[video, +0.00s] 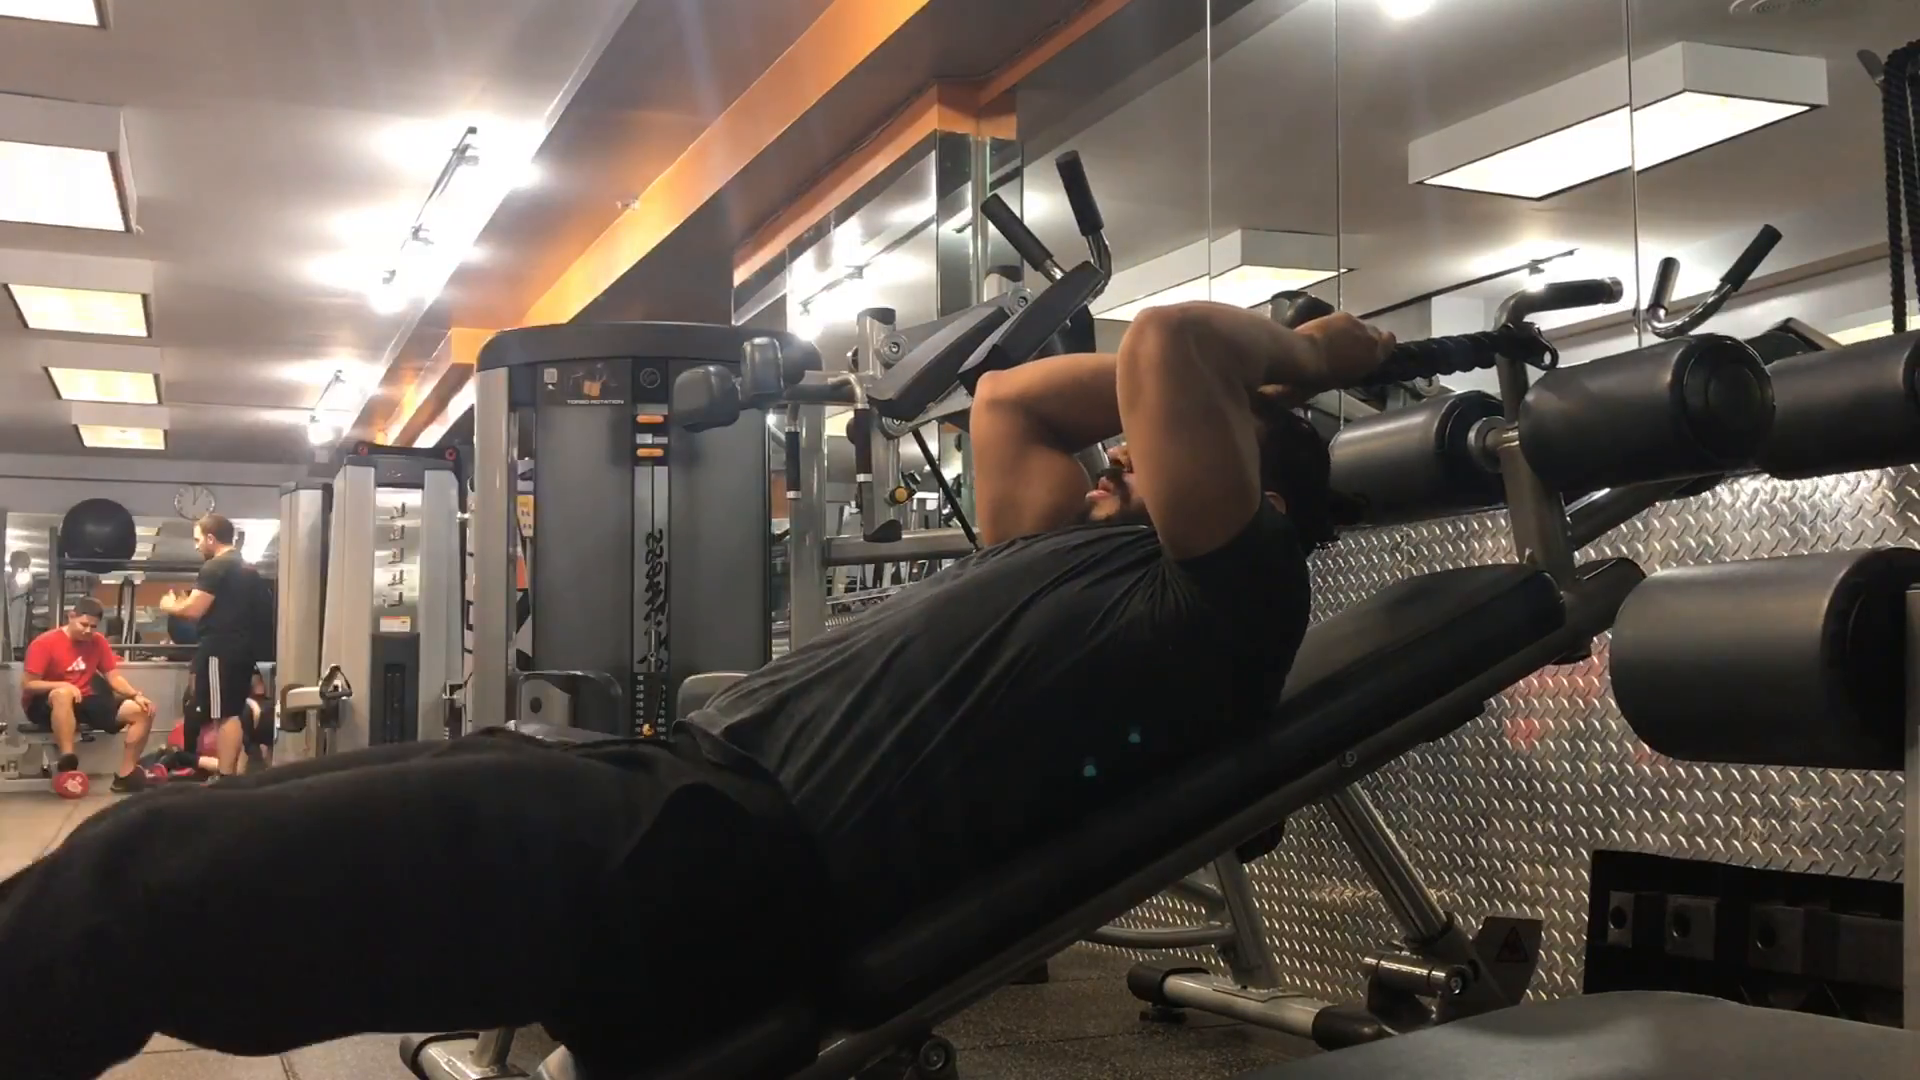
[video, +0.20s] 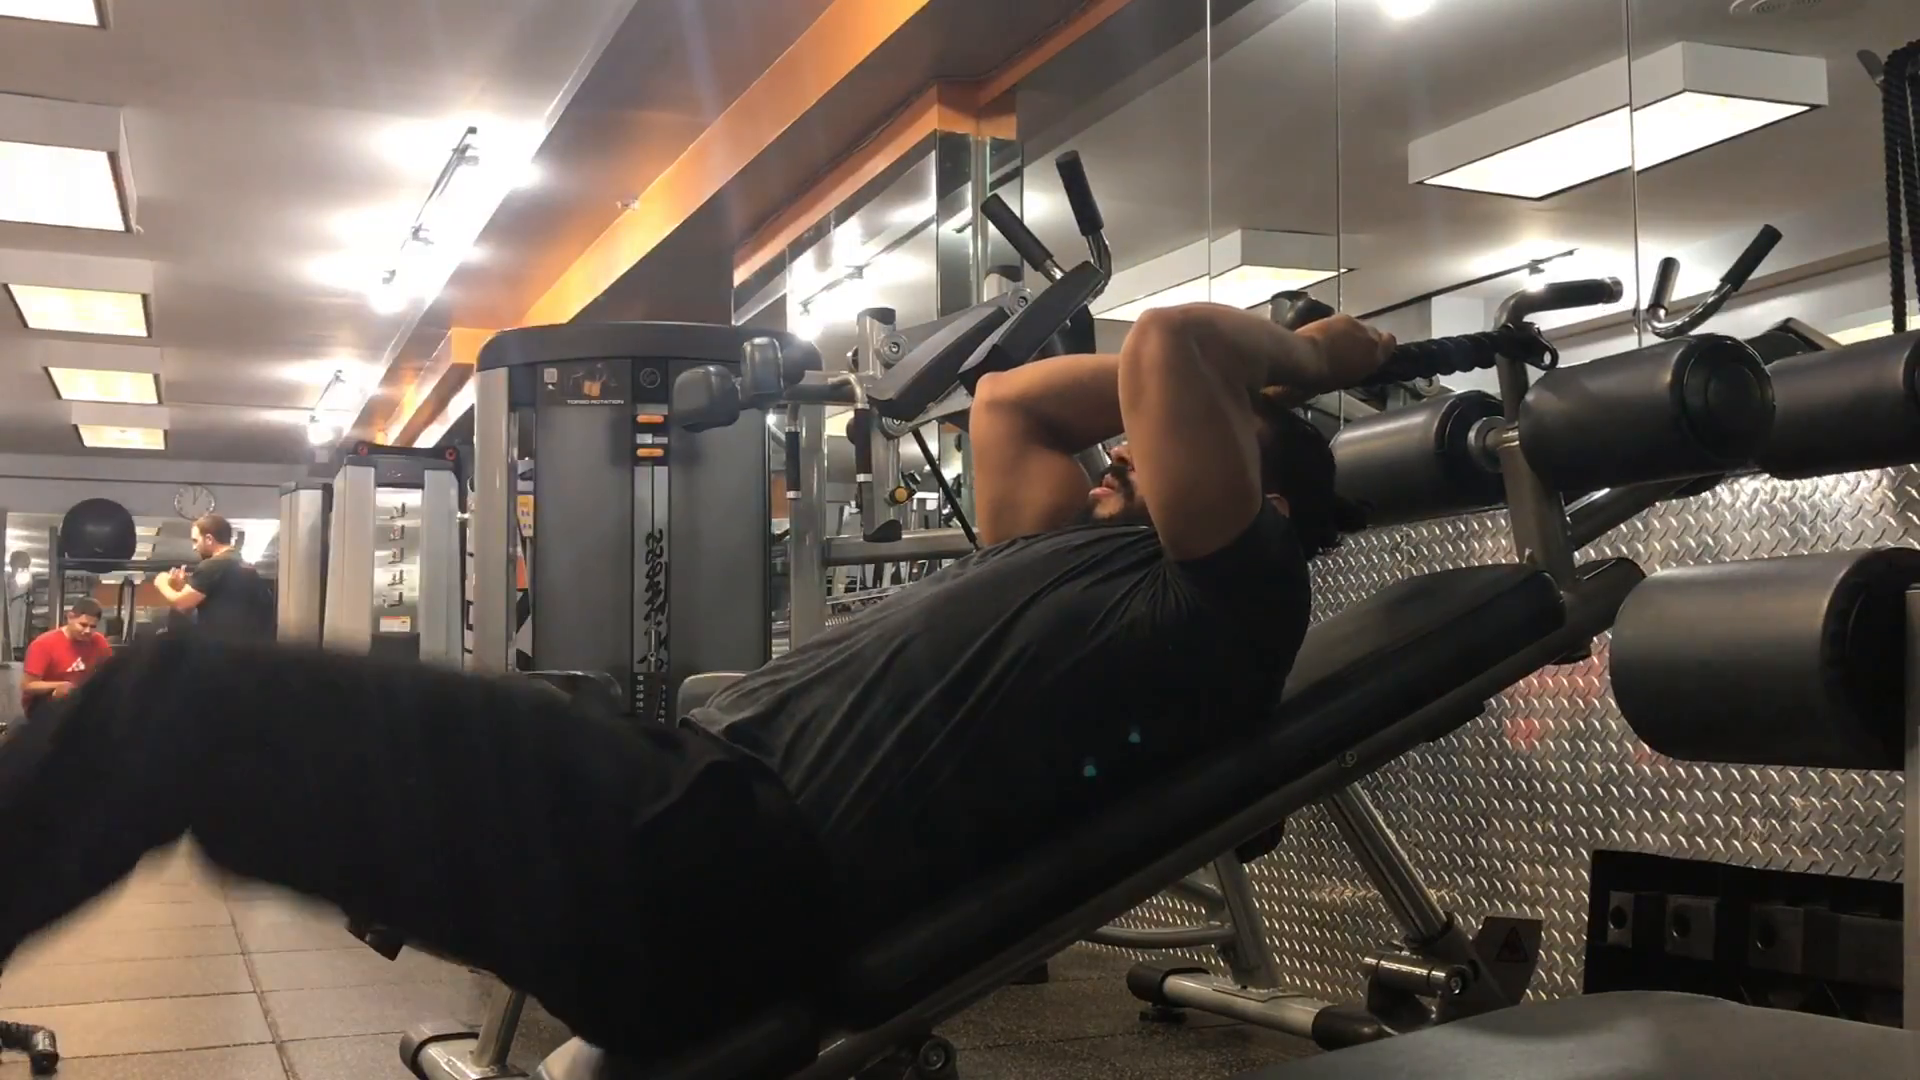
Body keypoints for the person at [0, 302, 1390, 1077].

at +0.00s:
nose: (1123, 443)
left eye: (1162, 429)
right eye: (1107, 436)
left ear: (1243, 482)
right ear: (1122, 493)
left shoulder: (1224, 616)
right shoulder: (1056, 570)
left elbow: (1172, 331)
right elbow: (1003, 399)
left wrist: (1313, 352)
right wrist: (1206, 407)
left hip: (709, 863)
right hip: (642, 781)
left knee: (126, 893)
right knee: (131, 864)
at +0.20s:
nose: (1148, 454)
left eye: (1195, 434)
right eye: (1147, 436)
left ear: (1252, 486)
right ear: (1200, 494)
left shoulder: (1230, 614)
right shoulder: (1075, 571)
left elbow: (1172, 335)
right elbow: (1004, 403)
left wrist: (1310, 354)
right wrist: (1203, 406)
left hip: (716, 899)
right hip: (677, 803)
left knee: (183, 698)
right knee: (212, 670)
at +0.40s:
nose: (1190, 478)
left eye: (1231, 469)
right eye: (1216, 462)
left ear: (1274, 512)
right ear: (1211, 501)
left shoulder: (1239, 623)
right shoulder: (1080, 579)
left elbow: (1184, 342)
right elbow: (1013, 404)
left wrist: (1312, 352)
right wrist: (1225, 399)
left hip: (772, 886)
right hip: (719, 821)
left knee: (504, 359)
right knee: (514, 346)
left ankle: (73, 487)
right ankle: (95, 474)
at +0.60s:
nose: (1265, 445)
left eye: (1296, 451)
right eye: (1276, 438)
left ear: (1331, 536)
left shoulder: (1272, 602)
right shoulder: (1107, 573)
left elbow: (1195, 335)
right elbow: (1017, 395)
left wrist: (1326, 339)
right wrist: (1205, 406)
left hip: (744, 728)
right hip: (676, 714)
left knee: (911, 248)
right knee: (884, 291)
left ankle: (473, 88)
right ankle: (481, 96)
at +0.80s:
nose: (1308, 452)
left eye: (1336, 463)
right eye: (1323, 449)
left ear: (1353, 554)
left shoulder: (1291, 605)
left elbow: (1185, 345)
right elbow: (1042, 426)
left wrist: (1331, 328)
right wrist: (1152, 377)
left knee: (1112, 202)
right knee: (1084, 223)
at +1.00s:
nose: (1291, 461)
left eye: (1325, 469)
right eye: (1308, 459)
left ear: (1351, 566)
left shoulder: (1296, 607)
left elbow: (1201, 349)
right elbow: (1044, 442)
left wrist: (1335, 327)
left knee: (1200, 179)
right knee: (1127, 200)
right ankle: (977, 28)